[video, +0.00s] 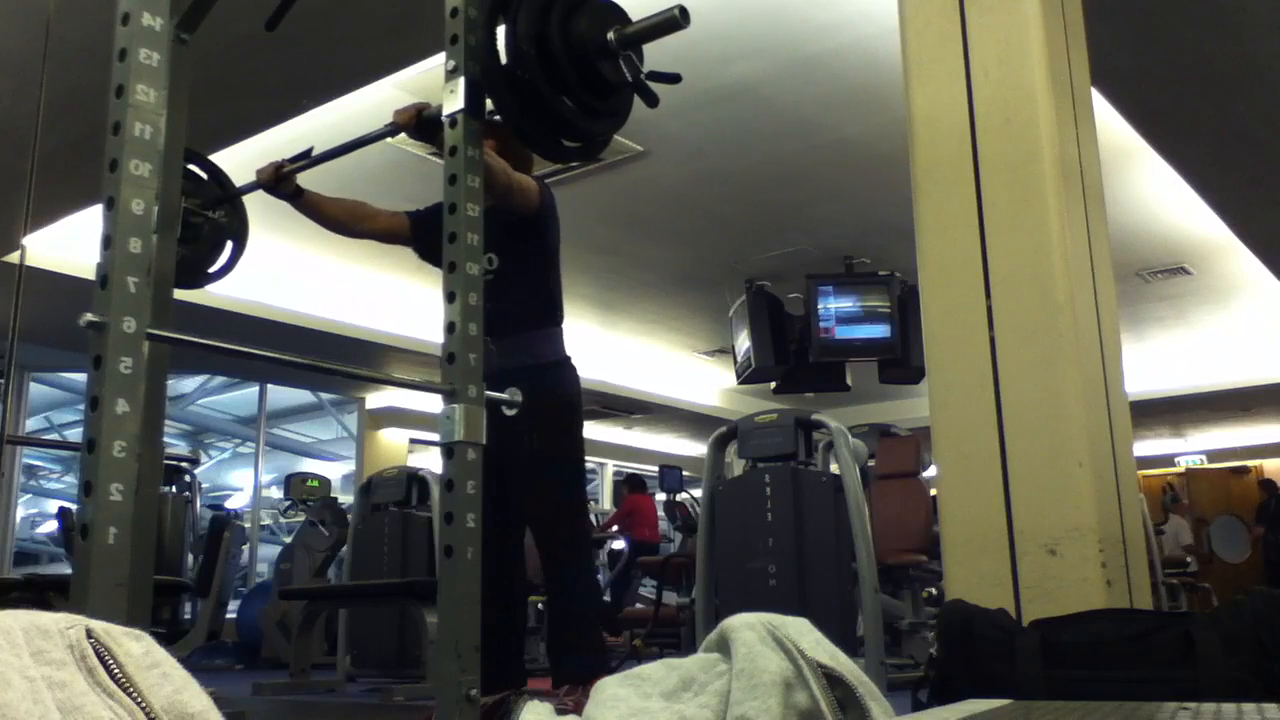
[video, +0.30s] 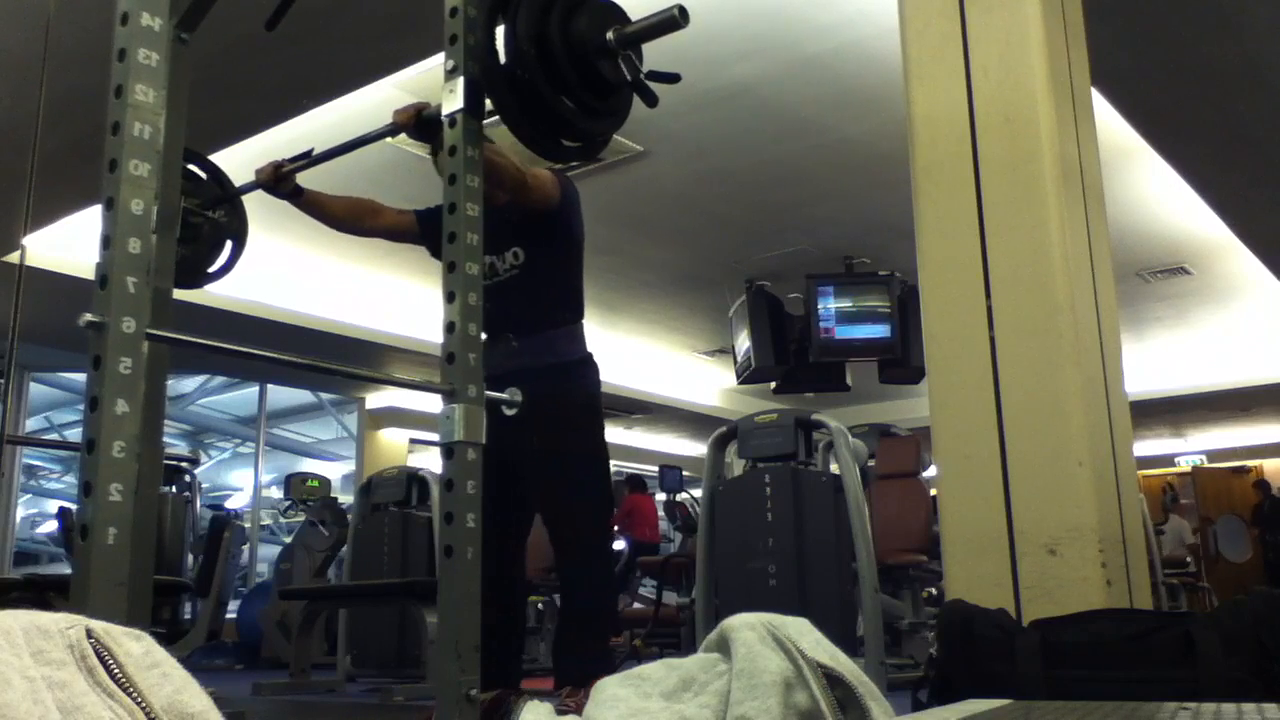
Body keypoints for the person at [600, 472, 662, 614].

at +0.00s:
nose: (624, 491)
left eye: (626, 488)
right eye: (624, 488)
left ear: (630, 488)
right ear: (643, 487)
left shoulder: (631, 500)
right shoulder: (650, 500)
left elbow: (617, 517)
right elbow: (637, 520)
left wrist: (601, 528)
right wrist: (620, 529)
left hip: (637, 545)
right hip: (653, 545)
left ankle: (617, 602)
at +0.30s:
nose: (625, 491)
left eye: (626, 487)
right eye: (626, 487)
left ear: (630, 487)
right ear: (644, 486)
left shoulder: (631, 499)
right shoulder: (649, 500)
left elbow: (619, 519)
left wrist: (612, 524)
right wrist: (624, 529)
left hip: (637, 543)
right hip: (654, 544)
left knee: (625, 571)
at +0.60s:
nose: (624, 491)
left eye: (625, 488)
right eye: (624, 488)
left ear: (629, 487)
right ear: (642, 486)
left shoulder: (632, 500)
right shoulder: (649, 500)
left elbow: (620, 518)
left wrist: (608, 525)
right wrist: (620, 530)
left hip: (637, 545)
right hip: (654, 545)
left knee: (626, 577)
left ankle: (627, 607)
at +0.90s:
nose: (626, 491)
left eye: (627, 487)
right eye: (626, 487)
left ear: (631, 487)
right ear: (644, 487)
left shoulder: (631, 500)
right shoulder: (650, 501)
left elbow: (617, 517)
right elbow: (640, 521)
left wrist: (599, 529)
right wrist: (619, 530)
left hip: (636, 545)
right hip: (654, 546)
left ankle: (617, 603)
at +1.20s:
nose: (626, 491)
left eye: (627, 488)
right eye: (626, 488)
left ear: (631, 487)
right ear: (644, 486)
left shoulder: (631, 500)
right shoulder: (650, 500)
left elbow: (617, 518)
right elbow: (636, 522)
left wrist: (601, 528)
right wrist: (618, 532)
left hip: (636, 545)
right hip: (654, 546)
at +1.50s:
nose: (624, 490)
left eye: (625, 487)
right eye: (624, 487)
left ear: (629, 487)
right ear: (642, 486)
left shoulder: (631, 500)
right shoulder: (649, 500)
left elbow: (617, 520)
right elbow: (634, 522)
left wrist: (601, 529)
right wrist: (617, 533)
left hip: (637, 544)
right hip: (654, 545)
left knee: (624, 575)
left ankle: (630, 605)